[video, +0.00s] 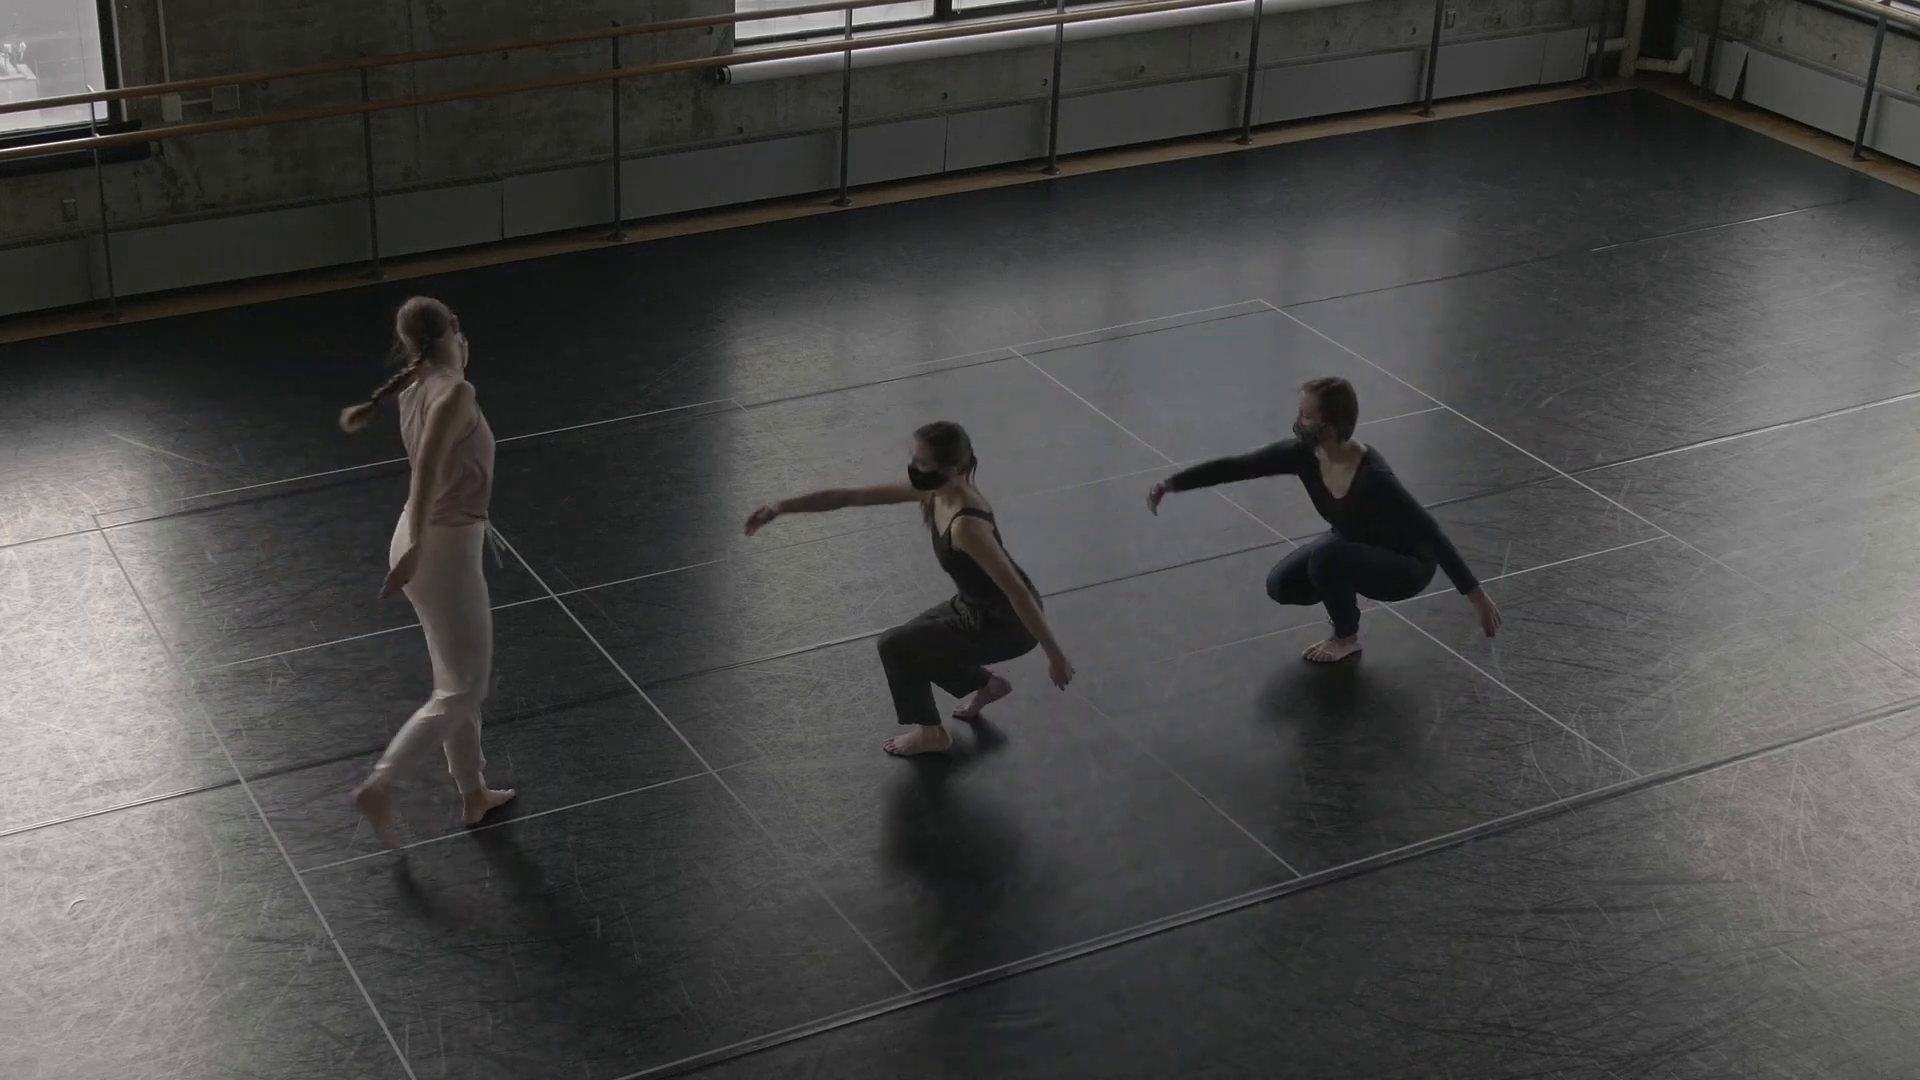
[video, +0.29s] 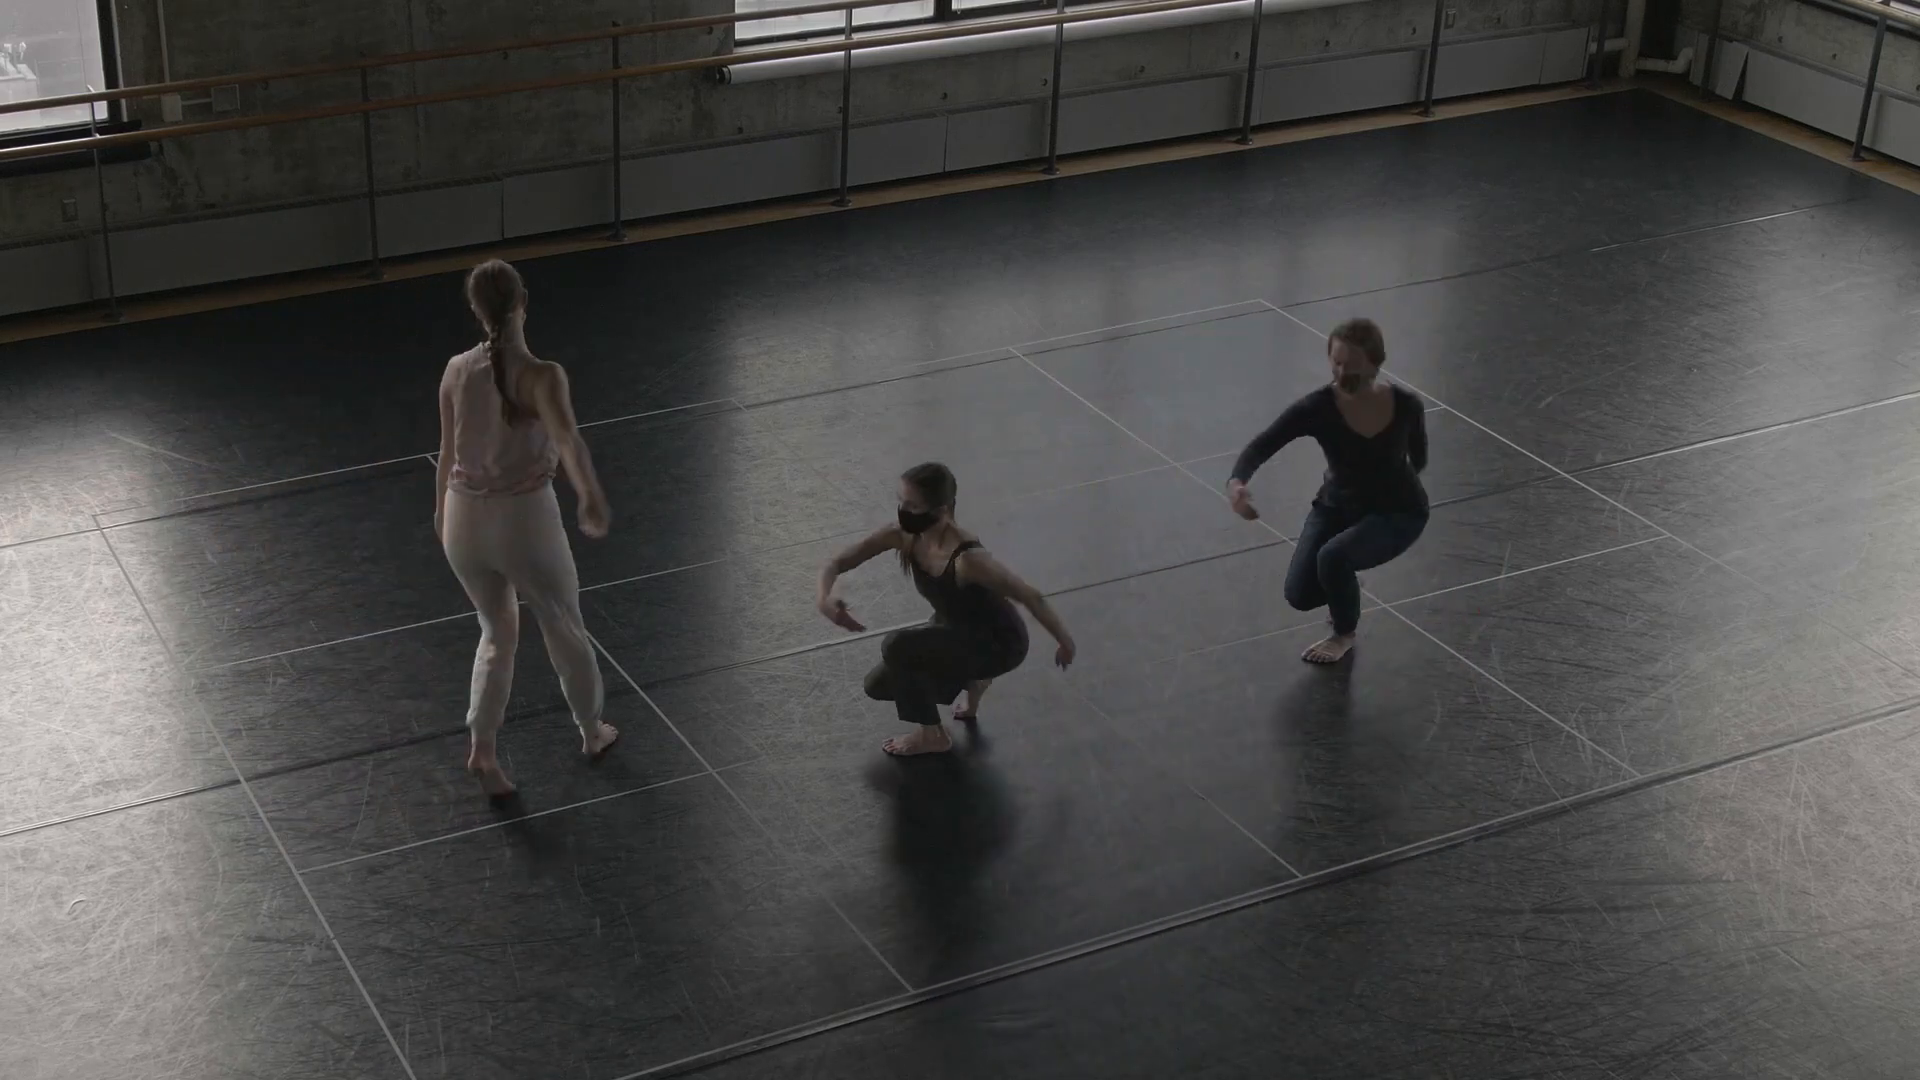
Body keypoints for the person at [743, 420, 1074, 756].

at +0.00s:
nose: (911, 475)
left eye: (921, 471)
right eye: (911, 466)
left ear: (956, 472)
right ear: (944, 469)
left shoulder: (966, 526)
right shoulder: (932, 491)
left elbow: (1017, 591)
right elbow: (850, 497)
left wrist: (1055, 654)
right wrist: (779, 508)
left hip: (1005, 626)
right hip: (980, 603)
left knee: (894, 648)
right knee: (911, 640)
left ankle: (930, 732)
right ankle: (984, 684)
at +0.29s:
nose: (901, 515)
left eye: (910, 511)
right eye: (900, 505)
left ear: (943, 513)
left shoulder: (968, 559)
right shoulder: (904, 535)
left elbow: (1031, 597)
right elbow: (838, 563)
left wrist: (1065, 641)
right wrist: (824, 598)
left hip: (997, 645)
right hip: (953, 629)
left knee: (899, 646)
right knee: (878, 683)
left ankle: (932, 733)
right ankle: (972, 681)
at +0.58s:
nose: (985, 438)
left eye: (993, 430)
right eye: (977, 431)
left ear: (1003, 421)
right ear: (957, 422)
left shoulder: (1019, 452)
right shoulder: (933, 459)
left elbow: (1033, 487)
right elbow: (909, 519)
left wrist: (1026, 527)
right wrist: (954, 558)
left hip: (1005, 549)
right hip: (949, 549)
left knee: (978, 643)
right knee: (946, 651)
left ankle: (939, 736)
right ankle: (965, 697)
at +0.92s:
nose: (1045, 519)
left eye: (1050, 510)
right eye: (1037, 512)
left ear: (1055, 497)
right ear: (1012, 502)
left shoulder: (1041, 518)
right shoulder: (983, 538)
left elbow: (1019, 556)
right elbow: (1011, 615)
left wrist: (1025, 581)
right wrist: (1084, 623)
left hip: (1010, 594)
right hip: (960, 608)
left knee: (1054, 651)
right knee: (1005, 704)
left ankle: (1031, 727)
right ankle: (957, 682)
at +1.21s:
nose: (1064, 542)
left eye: (1068, 533)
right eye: (1054, 536)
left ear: (1072, 524)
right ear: (1029, 530)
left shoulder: (1066, 542)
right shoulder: (998, 562)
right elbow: (1041, 632)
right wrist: (1112, 652)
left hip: (1013, 611)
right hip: (967, 622)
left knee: (1058, 655)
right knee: (1018, 715)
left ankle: (1032, 726)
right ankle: (962, 679)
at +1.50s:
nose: (1097, 429)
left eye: (1100, 421)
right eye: (1089, 424)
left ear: (1102, 413)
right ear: (1062, 421)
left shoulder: (1102, 448)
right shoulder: (1025, 454)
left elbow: (1097, 491)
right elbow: (986, 521)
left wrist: (1092, 540)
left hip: (1059, 552)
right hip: (1007, 554)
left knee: (1082, 646)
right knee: (1004, 665)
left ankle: (1047, 721)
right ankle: (954, 681)